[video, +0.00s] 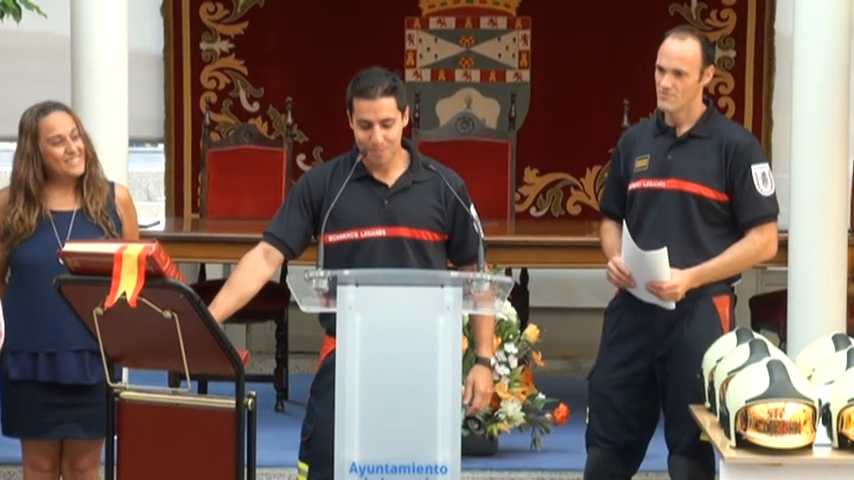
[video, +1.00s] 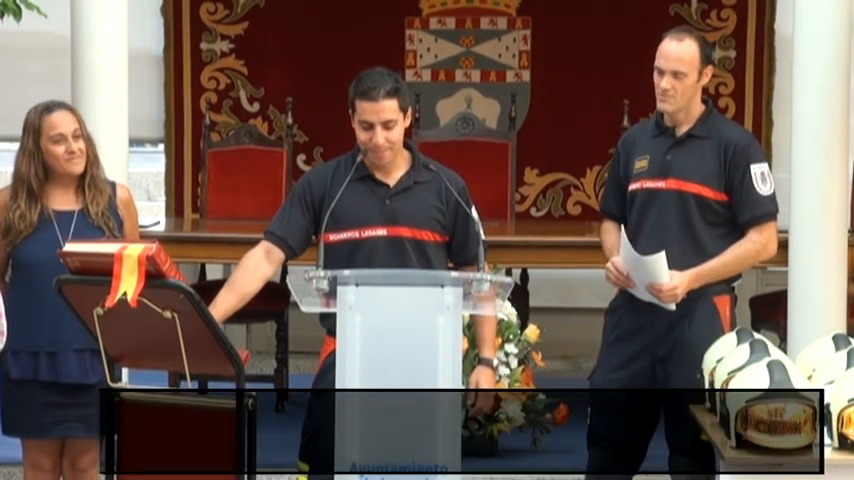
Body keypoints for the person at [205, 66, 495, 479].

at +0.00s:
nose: (376, 137)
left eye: (386, 124)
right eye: (365, 125)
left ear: (406, 119)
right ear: (351, 123)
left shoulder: (446, 187)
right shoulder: (321, 184)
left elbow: (476, 278)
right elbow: (266, 256)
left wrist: (484, 361)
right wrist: (207, 322)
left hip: (426, 354)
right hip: (347, 353)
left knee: (424, 468)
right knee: (323, 465)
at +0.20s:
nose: (375, 137)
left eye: (385, 124)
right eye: (364, 125)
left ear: (406, 119)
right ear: (350, 122)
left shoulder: (445, 187)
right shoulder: (321, 184)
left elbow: (476, 278)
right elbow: (266, 255)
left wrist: (485, 360)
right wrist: (207, 321)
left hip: (425, 354)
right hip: (347, 353)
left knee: (424, 468)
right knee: (323, 465)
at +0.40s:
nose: (375, 137)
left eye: (386, 123)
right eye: (364, 125)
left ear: (406, 119)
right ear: (351, 122)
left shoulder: (445, 188)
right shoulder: (322, 184)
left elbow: (477, 279)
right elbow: (266, 255)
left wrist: (486, 361)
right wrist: (207, 322)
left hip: (426, 355)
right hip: (346, 354)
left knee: (424, 469)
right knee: (323, 466)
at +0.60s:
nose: (376, 137)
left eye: (387, 124)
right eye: (365, 125)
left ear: (407, 119)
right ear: (351, 121)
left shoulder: (446, 188)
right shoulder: (322, 184)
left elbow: (477, 279)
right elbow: (266, 255)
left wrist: (487, 361)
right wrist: (207, 321)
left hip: (426, 355)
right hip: (346, 354)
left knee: (424, 469)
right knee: (323, 466)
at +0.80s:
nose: (376, 137)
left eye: (387, 124)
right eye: (365, 125)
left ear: (407, 119)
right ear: (352, 122)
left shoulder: (446, 188)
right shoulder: (322, 184)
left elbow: (478, 279)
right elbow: (266, 255)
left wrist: (487, 362)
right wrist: (207, 322)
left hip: (427, 354)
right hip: (347, 353)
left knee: (427, 470)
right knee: (321, 466)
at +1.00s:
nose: (377, 138)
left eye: (388, 125)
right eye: (366, 126)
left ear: (408, 119)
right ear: (352, 123)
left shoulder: (447, 188)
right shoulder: (323, 184)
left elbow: (477, 279)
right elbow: (267, 255)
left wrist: (486, 362)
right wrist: (207, 322)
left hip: (428, 356)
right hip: (347, 355)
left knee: (427, 469)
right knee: (323, 465)